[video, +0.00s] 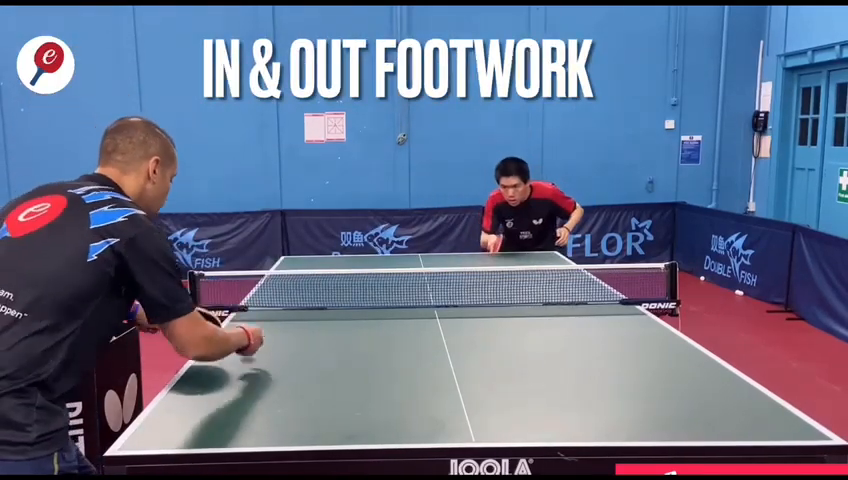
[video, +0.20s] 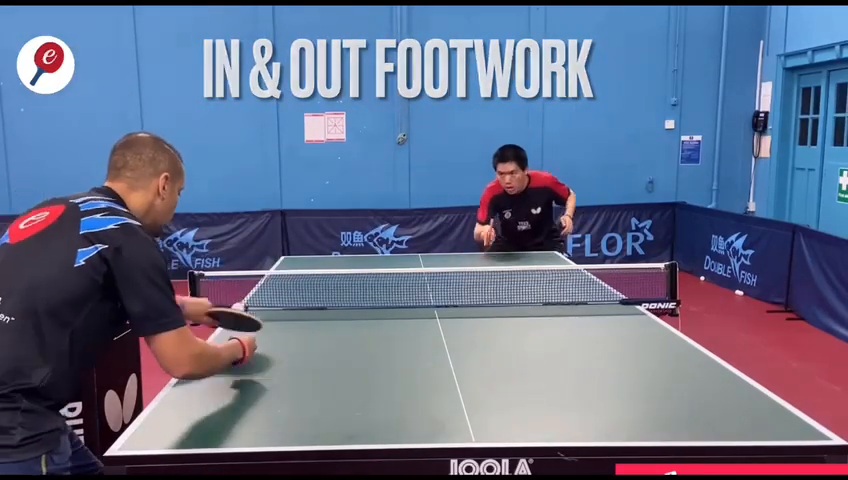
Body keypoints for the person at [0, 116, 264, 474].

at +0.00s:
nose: (166, 198)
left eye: (171, 184)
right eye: (170, 182)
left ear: (106, 160)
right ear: (152, 170)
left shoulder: (35, 199)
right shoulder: (133, 227)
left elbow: (54, 299)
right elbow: (196, 343)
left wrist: (138, 315)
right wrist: (239, 337)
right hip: (23, 432)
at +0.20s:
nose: (173, 213)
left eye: (178, 199)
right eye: (178, 197)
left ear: (115, 176)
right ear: (162, 186)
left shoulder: (52, 211)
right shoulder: (128, 237)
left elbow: (94, 294)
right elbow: (183, 360)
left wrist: (178, 308)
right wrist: (231, 351)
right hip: (18, 425)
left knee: (89, 469)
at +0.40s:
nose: (167, 187)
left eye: (170, 175)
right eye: (169, 174)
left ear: (105, 159)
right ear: (154, 169)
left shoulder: (55, 198)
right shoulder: (112, 225)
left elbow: (115, 268)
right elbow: (163, 354)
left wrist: (198, 277)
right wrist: (219, 337)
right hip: (18, 426)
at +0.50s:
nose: (156, 170)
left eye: (158, 158)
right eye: (158, 158)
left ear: (90, 145)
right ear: (142, 153)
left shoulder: (37, 191)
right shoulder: (103, 217)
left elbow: (79, 280)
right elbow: (149, 350)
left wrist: (174, 280)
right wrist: (206, 339)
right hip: (23, 431)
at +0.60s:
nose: (141, 156)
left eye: (143, 143)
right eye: (142, 143)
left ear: (70, 136)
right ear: (125, 141)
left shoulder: (18, 187)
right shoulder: (92, 219)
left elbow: (54, 283)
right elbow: (135, 351)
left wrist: (147, 295)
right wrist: (194, 344)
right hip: (26, 442)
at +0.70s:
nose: (125, 145)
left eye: (125, 132)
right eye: (125, 132)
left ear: (51, 127)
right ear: (109, 131)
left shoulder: (9, 182)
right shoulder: (80, 210)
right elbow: (127, 352)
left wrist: (119, 315)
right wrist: (187, 346)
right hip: (26, 444)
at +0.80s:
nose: (117, 137)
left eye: (117, 125)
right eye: (116, 124)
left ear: (40, 121)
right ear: (100, 123)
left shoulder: (7, 174)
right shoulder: (76, 201)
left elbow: (29, 303)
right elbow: (118, 349)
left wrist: (111, 299)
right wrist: (170, 354)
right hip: (22, 443)